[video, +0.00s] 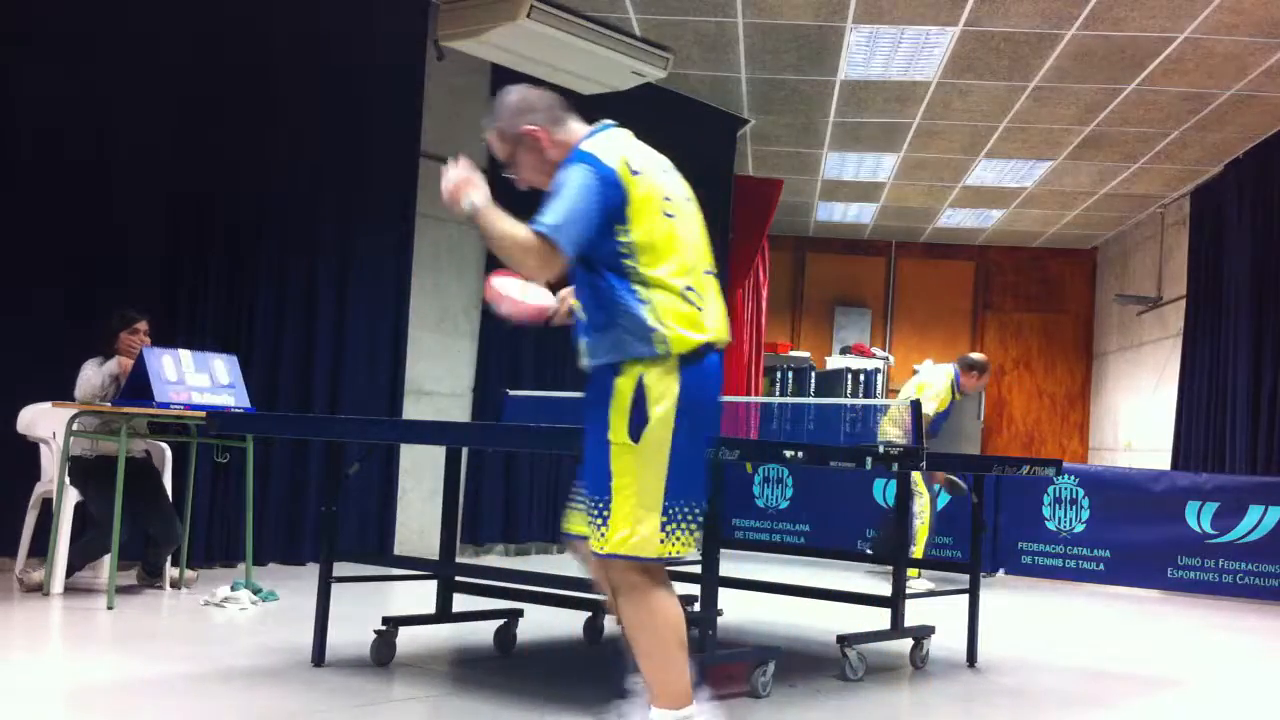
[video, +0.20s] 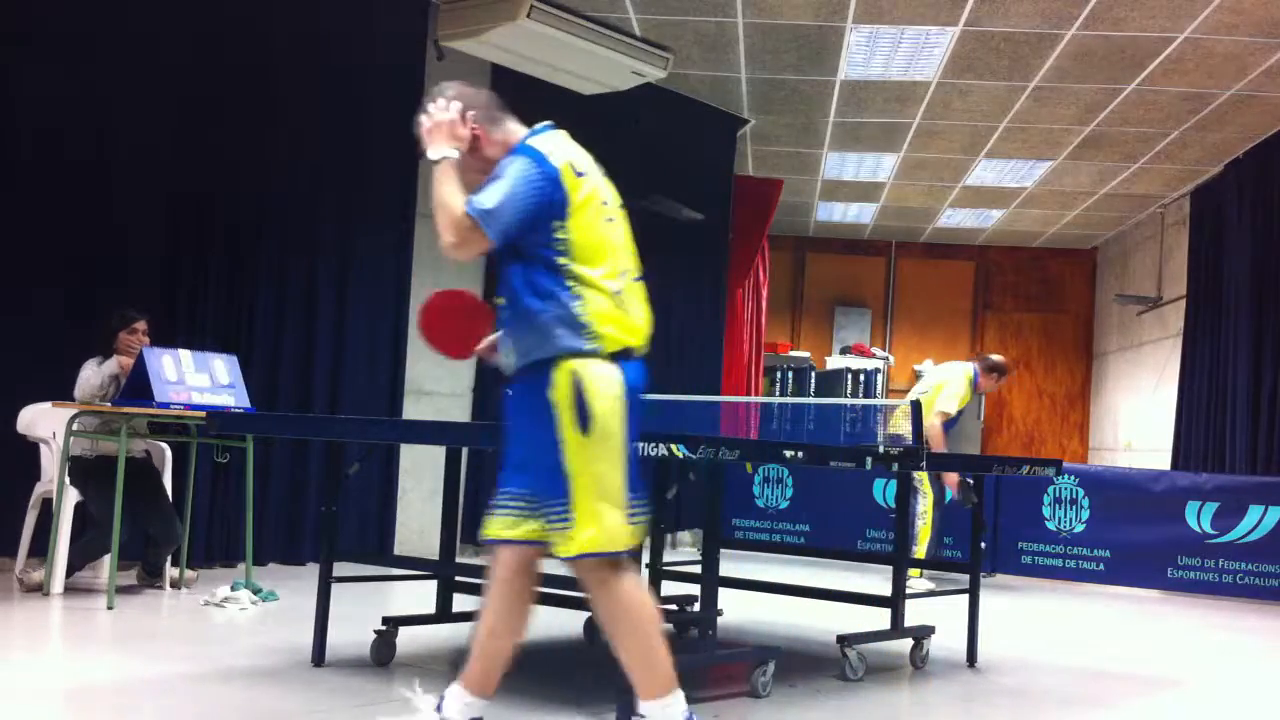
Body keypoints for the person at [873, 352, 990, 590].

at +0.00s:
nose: (981, 388)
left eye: (984, 383)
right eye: (983, 382)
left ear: (969, 372)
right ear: (972, 375)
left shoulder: (945, 380)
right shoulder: (940, 384)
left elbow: (924, 431)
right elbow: (915, 427)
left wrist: (936, 467)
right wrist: (930, 466)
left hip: (900, 442)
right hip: (897, 443)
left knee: (916, 501)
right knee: (922, 502)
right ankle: (910, 573)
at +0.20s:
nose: (992, 389)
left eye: (996, 385)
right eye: (996, 384)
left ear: (983, 367)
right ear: (990, 375)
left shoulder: (959, 371)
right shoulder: (960, 379)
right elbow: (933, 421)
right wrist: (946, 467)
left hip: (905, 435)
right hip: (908, 438)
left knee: (925, 498)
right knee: (926, 498)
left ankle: (912, 570)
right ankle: (912, 572)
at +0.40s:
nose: (1003, 390)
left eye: (1006, 386)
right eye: (1006, 385)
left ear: (990, 365)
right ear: (1002, 377)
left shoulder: (963, 369)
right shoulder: (979, 380)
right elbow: (952, 415)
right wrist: (951, 460)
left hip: (915, 435)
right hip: (928, 439)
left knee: (929, 498)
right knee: (938, 498)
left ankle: (916, 563)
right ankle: (916, 570)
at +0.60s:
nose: (999, 385)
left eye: (1002, 382)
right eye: (1002, 381)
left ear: (985, 360)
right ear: (1001, 372)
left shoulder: (952, 368)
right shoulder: (987, 373)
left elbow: (926, 404)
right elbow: (972, 407)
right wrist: (976, 447)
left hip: (922, 436)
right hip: (943, 436)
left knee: (949, 501)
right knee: (962, 499)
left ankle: (927, 561)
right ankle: (940, 564)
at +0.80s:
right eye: (991, 380)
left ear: (968, 364)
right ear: (988, 371)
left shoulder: (939, 370)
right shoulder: (984, 374)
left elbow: (915, 406)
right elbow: (987, 413)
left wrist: (899, 456)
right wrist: (997, 448)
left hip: (921, 437)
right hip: (949, 438)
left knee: (935, 501)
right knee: (959, 504)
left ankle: (941, 562)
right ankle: (948, 567)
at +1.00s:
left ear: (937, 377)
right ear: (964, 379)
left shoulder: (919, 388)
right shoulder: (968, 391)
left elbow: (896, 430)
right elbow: (979, 429)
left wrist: (883, 474)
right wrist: (987, 472)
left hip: (903, 444)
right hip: (938, 446)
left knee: (894, 499)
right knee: (960, 508)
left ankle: (879, 555)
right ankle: (950, 568)